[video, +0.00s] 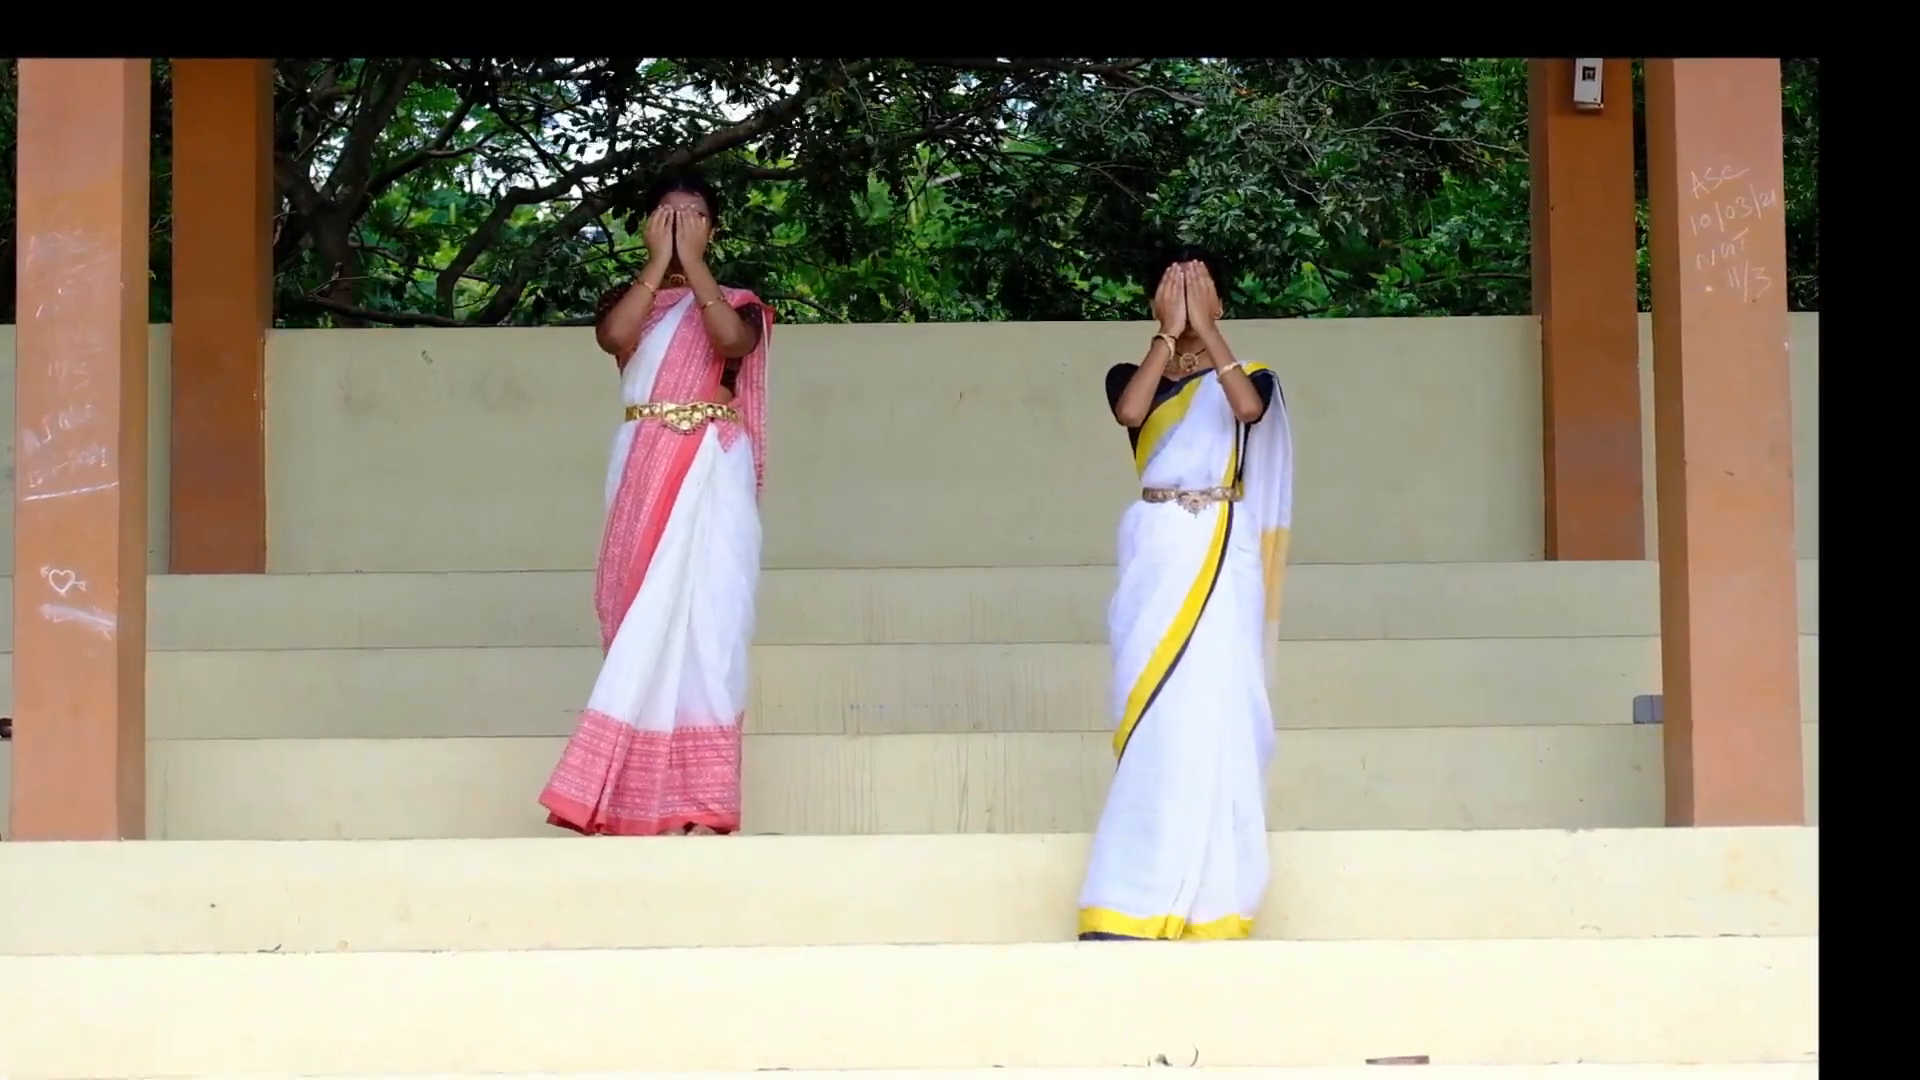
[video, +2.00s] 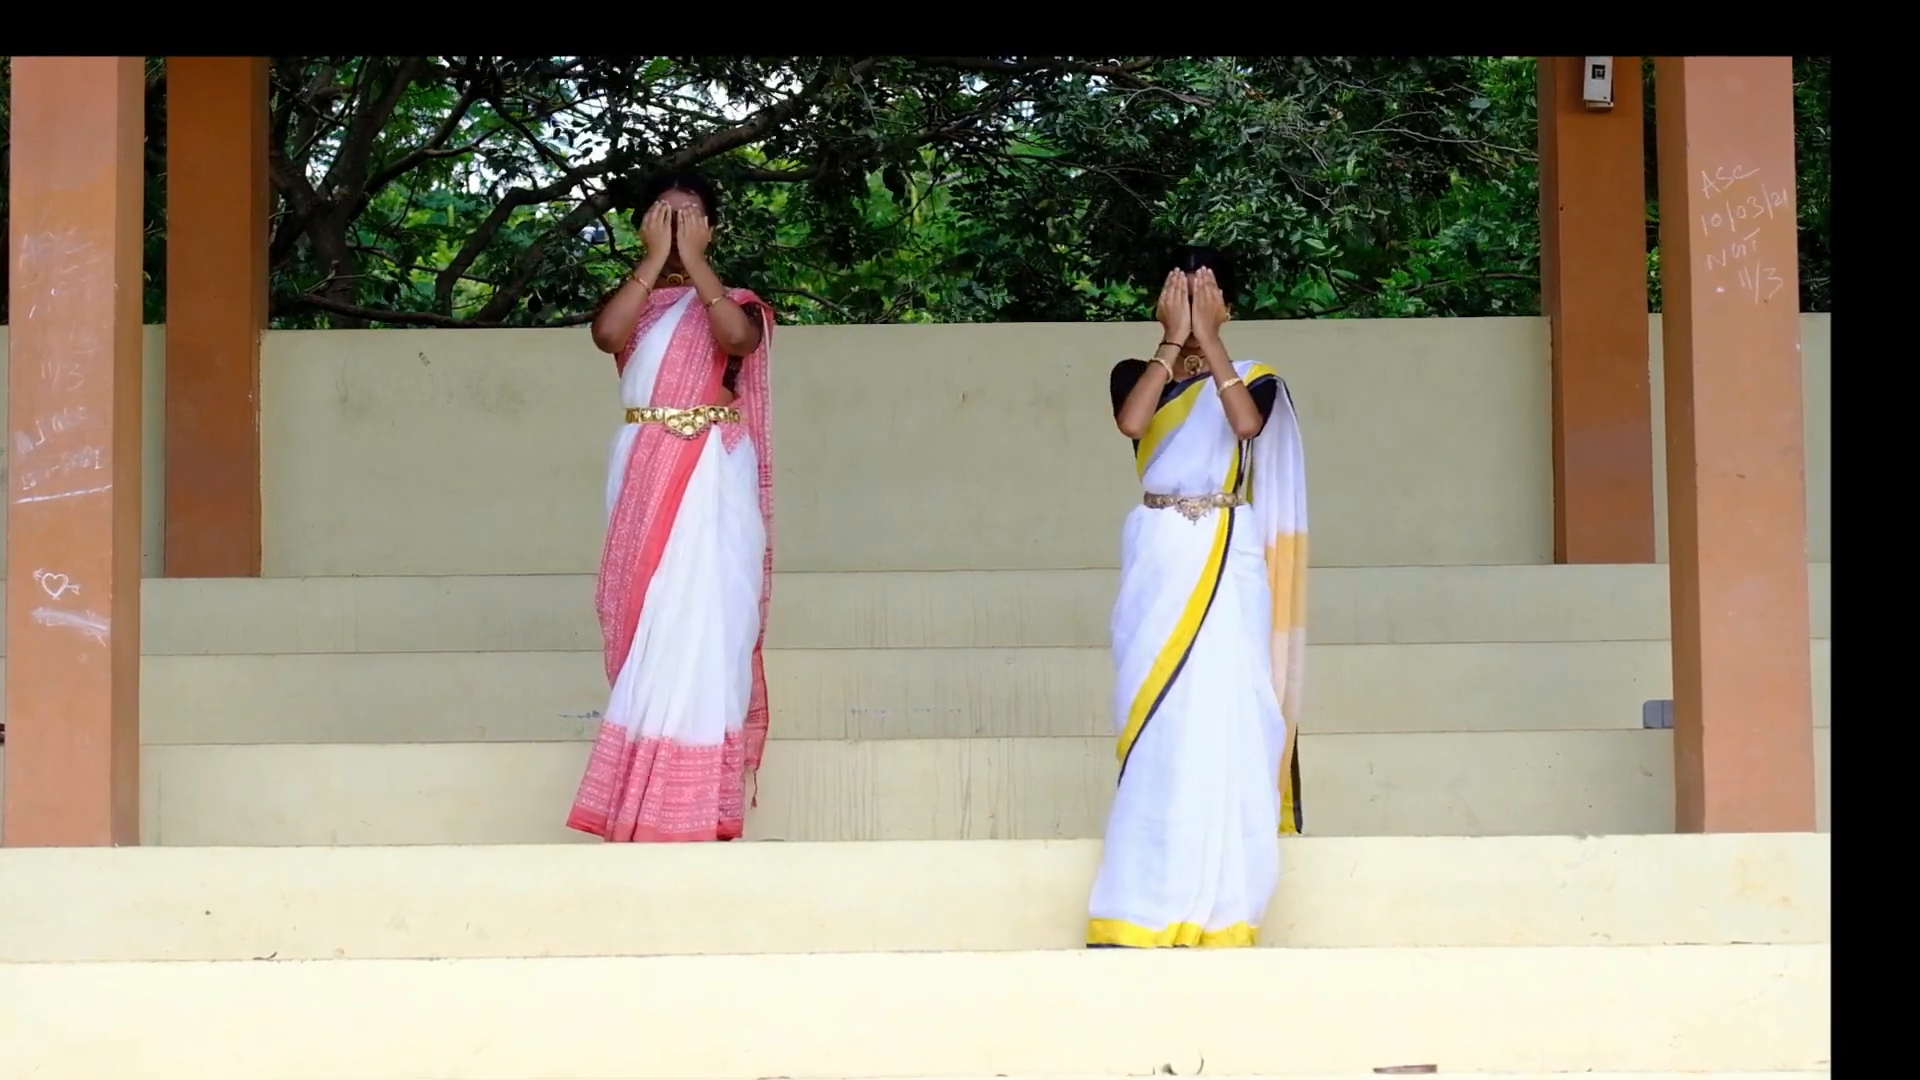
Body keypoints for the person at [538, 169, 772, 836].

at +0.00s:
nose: (679, 227)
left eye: (692, 215)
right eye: (669, 215)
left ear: (713, 229)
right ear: (650, 228)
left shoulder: (741, 304)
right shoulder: (628, 300)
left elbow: (731, 339)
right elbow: (617, 338)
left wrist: (696, 260)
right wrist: (656, 262)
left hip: (713, 477)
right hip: (643, 476)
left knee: (706, 629)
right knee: (639, 626)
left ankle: (702, 805)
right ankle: (630, 803)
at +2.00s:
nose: (675, 226)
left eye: (690, 215)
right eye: (665, 214)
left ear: (712, 227)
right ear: (647, 228)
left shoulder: (738, 301)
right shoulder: (635, 301)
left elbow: (740, 339)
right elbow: (608, 334)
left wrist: (694, 261)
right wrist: (654, 258)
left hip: (712, 477)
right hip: (644, 477)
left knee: (700, 629)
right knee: (648, 628)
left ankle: (690, 806)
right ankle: (642, 800)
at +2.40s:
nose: (678, 227)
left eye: (692, 215)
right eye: (667, 214)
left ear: (714, 227)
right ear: (650, 227)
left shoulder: (741, 303)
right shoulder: (637, 301)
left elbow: (741, 339)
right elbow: (609, 333)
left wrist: (696, 260)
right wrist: (657, 256)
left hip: (713, 479)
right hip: (645, 479)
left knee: (703, 631)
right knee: (649, 629)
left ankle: (691, 808)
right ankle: (642, 803)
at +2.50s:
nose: (681, 226)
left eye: (695, 214)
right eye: (670, 213)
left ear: (717, 226)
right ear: (651, 225)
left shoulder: (740, 301)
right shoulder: (638, 301)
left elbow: (742, 339)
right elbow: (608, 332)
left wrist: (701, 261)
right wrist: (658, 256)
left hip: (714, 476)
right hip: (646, 474)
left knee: (703, 627)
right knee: (650, 626)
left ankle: (693, 803)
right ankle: (644, 799)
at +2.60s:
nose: (690, 227)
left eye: (701, 215)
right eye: (678, 215)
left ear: (719, 223)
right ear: (656, 224)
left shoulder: (741, 300)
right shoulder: (638, 300)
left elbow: (751, 349)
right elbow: (597, 346)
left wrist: (702, 275)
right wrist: (656, 270)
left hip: (720, 479)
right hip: (650, 478)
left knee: (708, 632)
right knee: (653, 630)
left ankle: (699, 810)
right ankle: (647, 805)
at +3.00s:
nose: (744, 241)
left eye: (749, 230)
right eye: (730, 227)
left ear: (752, 239)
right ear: (692, 233)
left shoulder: (763, 316)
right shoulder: (644, 312)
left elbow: (769, 395)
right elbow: (596, 395)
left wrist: (691, 408)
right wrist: (540, 470)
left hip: (746, 487)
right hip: (672, 487)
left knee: (768, 619)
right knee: (704, 627)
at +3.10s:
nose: (748, 241)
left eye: (754, 229)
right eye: (734, 228)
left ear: (758, 235)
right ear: (698, 235)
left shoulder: (768, 315)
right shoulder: (651, 310)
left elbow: (768, 386)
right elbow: (583, 383)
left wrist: (693, 391)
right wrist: (505, 434)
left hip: (747, 479)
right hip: (674, 477)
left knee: (783, 585)